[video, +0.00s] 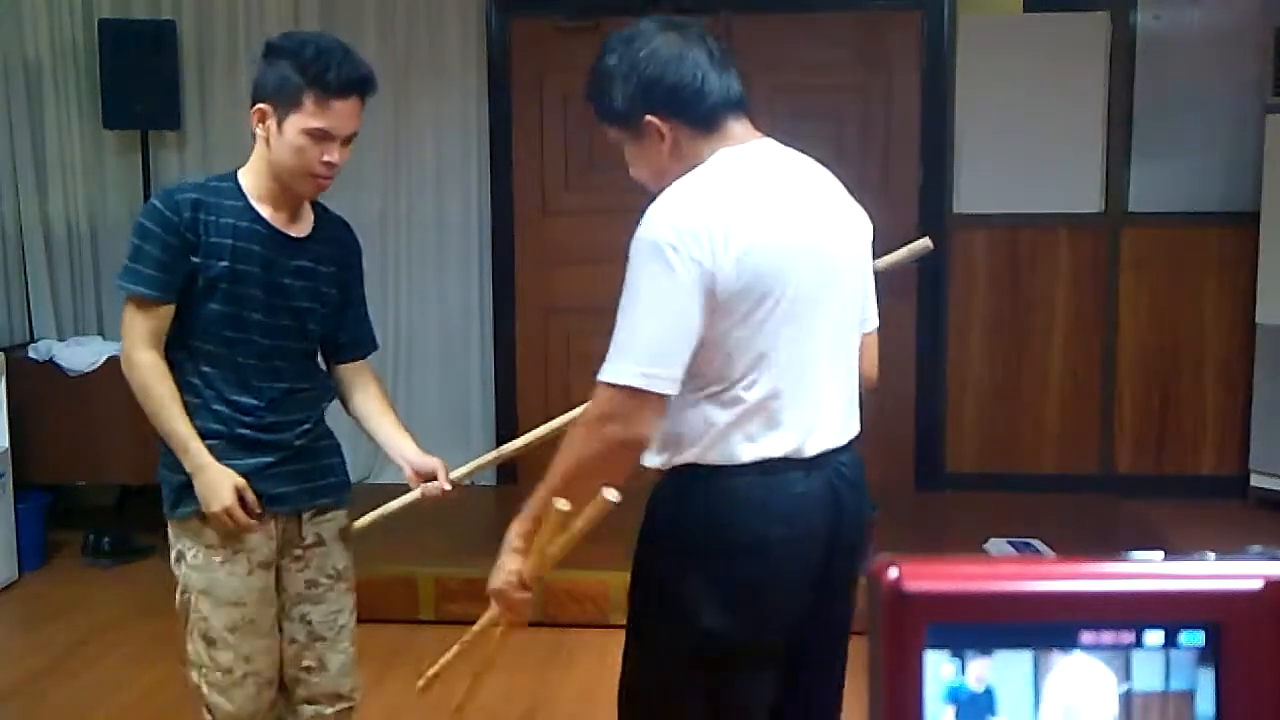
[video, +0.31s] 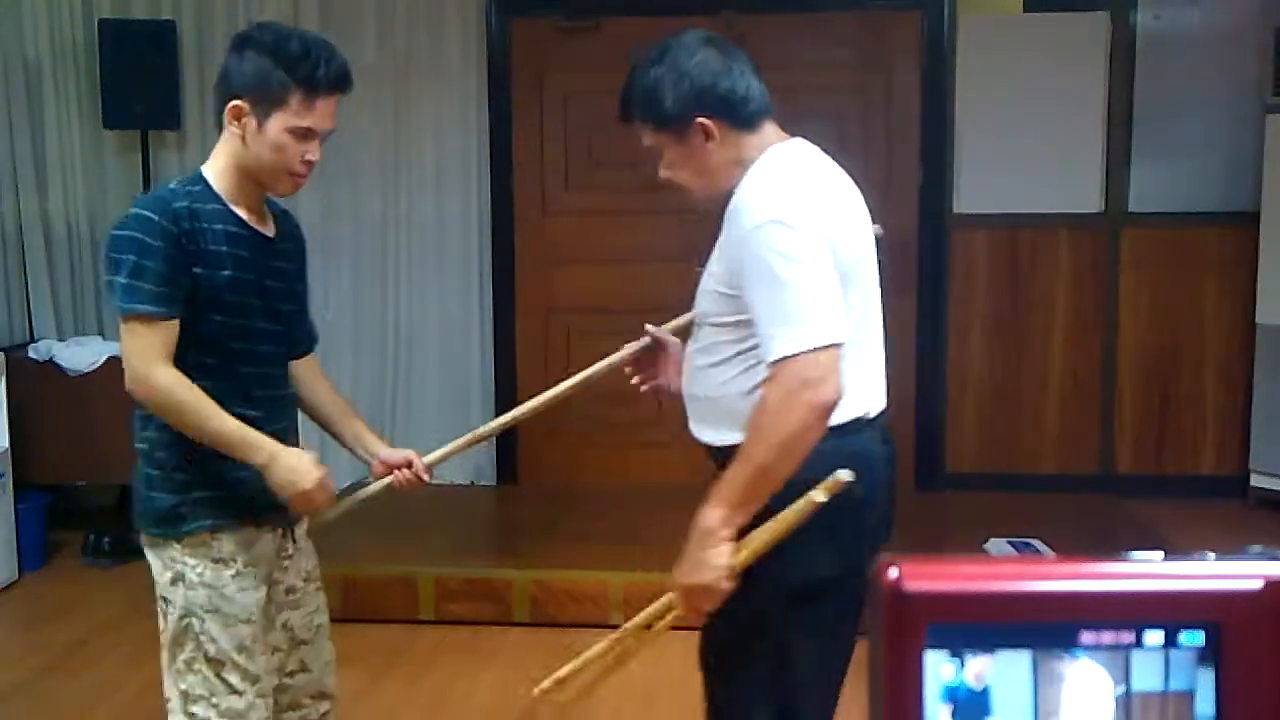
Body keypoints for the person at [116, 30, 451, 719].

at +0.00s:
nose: (334, 158)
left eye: (346, 141)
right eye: (318, 137)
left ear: (355, 133)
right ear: (263, 123)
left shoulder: (335, 238)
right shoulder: (182, 215)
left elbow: (351, 366)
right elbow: (139, 350)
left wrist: (406, 450)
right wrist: (202, 467)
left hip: (317, 500)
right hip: (220, 504)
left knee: (329, 699)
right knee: (241, 704)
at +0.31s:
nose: (315, 156)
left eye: (322, 137)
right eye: (301, 135)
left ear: (324, 127)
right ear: (239, 121)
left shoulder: (283, 231)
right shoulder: (161, 221)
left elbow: (298, 362)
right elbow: (146, 374)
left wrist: (373, 449)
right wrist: (275, 457)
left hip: (282, 511)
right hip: (199, 521)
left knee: (304, 699)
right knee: (224, 707)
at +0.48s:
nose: (282, 158)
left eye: (288, 139)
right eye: (271, 136)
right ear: (206, 121)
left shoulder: (213, 227)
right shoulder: (146, 221)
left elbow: (222, 371)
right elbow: (169, 385)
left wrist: (312, 435)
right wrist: (311, 431)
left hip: (221, 518)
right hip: (166, 531)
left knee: (272, 702)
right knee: (200, 708)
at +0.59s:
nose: (259, 150)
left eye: (263, 132)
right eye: (248, 129)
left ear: (185, 120)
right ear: (183, 116)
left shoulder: (169, 221)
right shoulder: (135, 218)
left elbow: (196, 374)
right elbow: (185, 381)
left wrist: (281, 440)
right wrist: (323, 396)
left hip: (181, 528)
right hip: (157, 537)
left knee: (218, 698)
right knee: (206, 702)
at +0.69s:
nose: (233, 145)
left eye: (237, 126)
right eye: (225, 124)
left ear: (162, 114)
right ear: (161, 110)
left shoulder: (108, 208)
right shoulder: (132, 218)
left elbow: (152, 380)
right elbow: (206, 374)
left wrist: (250, 434)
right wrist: (321, 365)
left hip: (123, 526)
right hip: (156, 536)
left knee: (161, 704)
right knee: (184, 708)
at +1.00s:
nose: (141, 148)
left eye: (145, 130)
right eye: (135, 127)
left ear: (68, 115)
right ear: (72, 115)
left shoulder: (9, 212)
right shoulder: (70, 226)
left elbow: (32, 398)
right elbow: (181, 361)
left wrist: (142, 451)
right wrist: (256, 292)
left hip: (18, 537)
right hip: (99, 545)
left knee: (32, 710)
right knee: (152, 705)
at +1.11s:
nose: (111, 152)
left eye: (114, 133)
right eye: (100, 132)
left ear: (35, 125)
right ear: (37, 123)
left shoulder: (11, 217)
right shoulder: (30, 225)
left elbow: (19, 403)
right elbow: (135, 369)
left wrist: (106, 463)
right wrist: (209, 298)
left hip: (21, 542)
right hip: (66, 548)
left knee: (29, 703)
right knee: (126, 704)